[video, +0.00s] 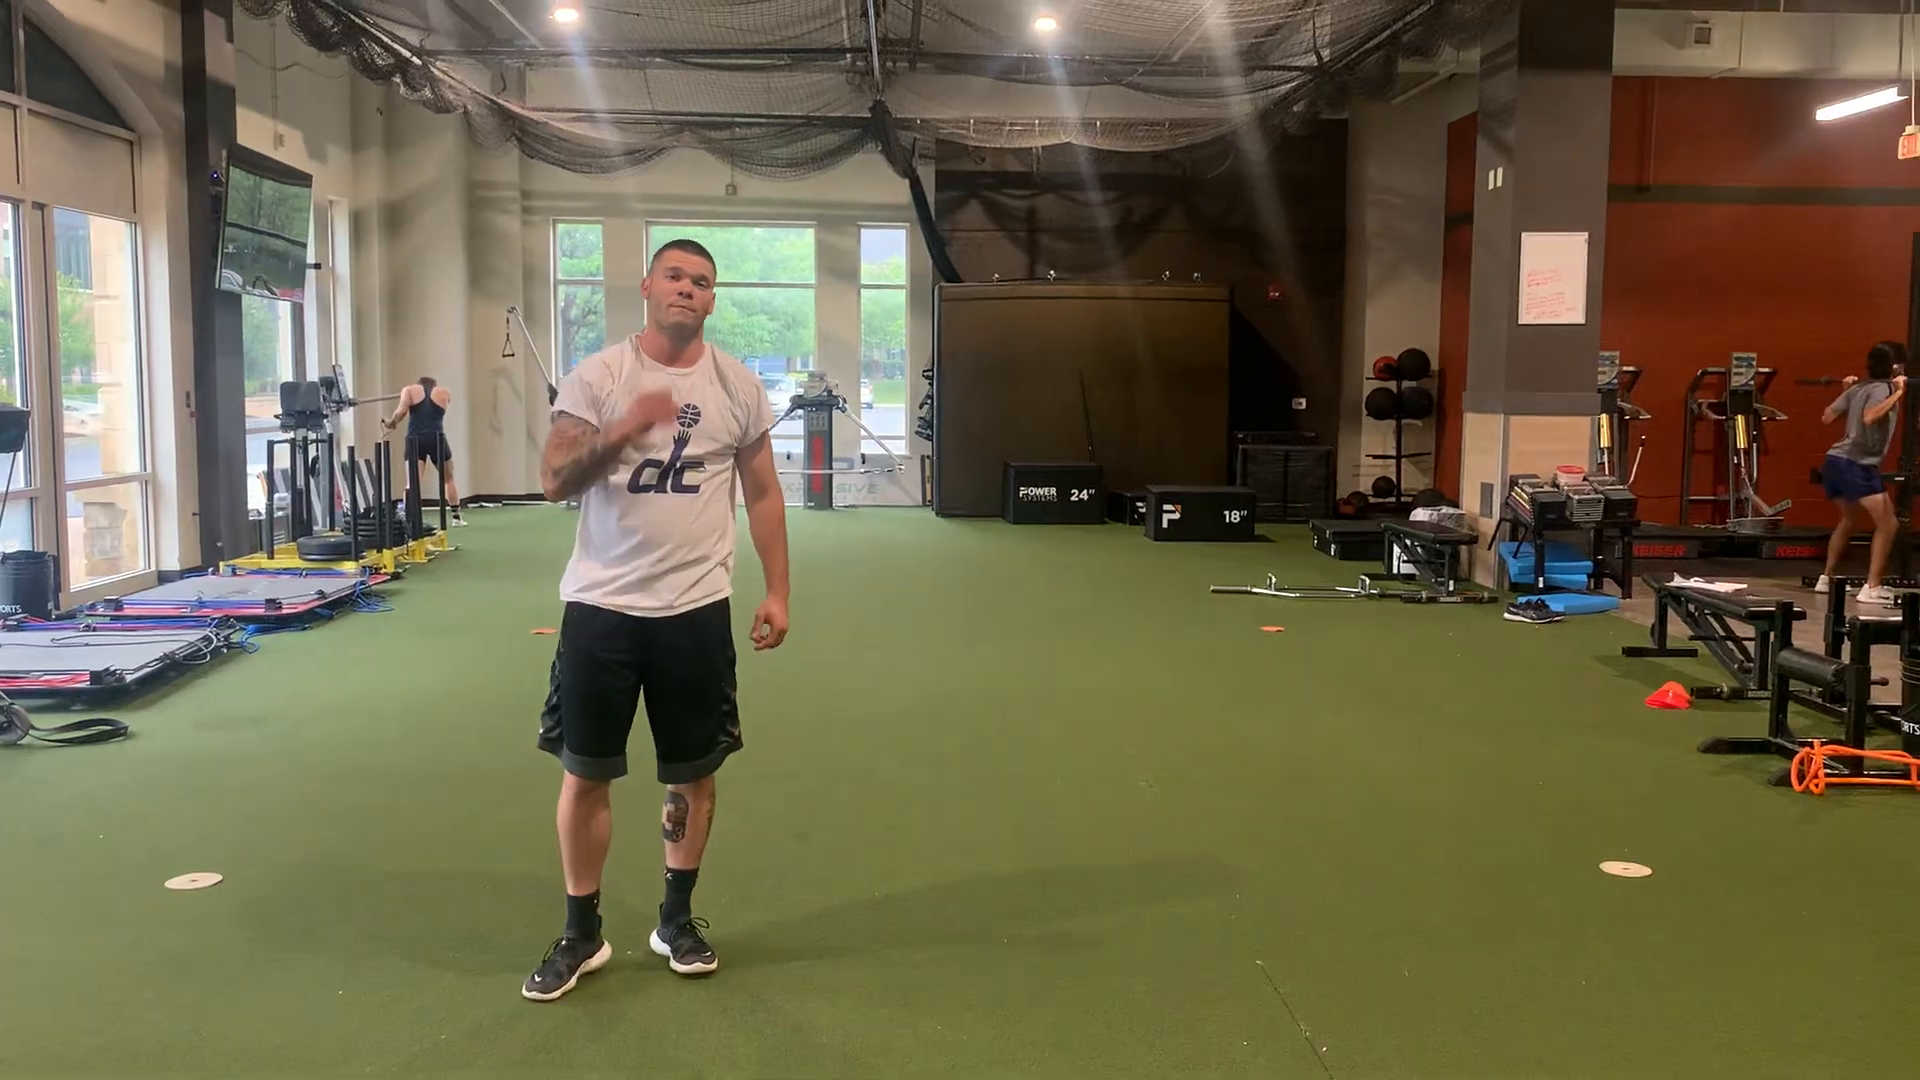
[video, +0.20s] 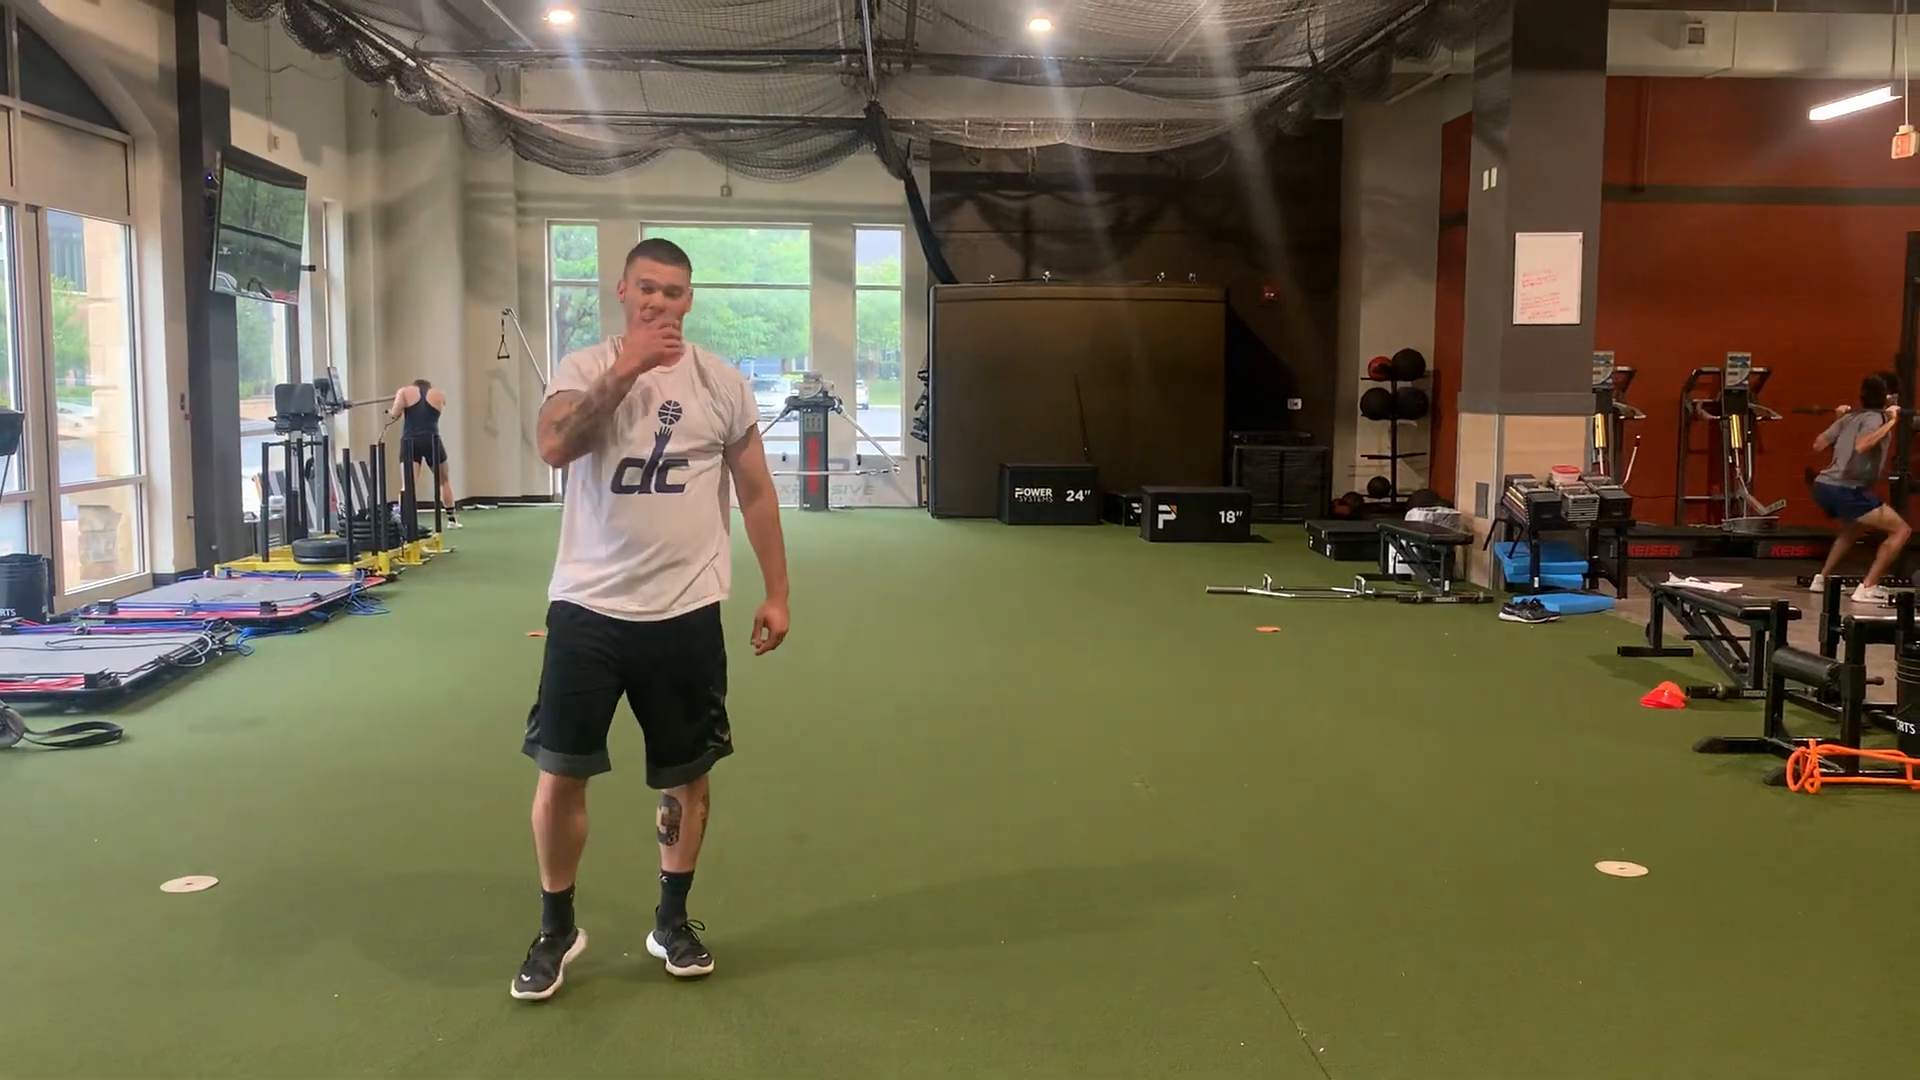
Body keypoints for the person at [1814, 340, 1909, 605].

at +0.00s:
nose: (1903, 371)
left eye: (1904, 368)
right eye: (1902, 367)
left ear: (1872, 366)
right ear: (1893, 368)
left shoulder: (1856, 390)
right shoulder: (1882, 390)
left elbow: (1827, 417)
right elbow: (1869, 417)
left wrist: (1846, 389)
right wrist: (1898, 393)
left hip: (1834, 462)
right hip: (1857, 467)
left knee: (1848, 519)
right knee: (1888, 524)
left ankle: (1826, 577)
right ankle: (1872, 587)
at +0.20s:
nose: (1896, 399)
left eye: (1896, 396)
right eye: (1894, 395)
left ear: (1864, 396)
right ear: (1886, 398)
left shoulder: (1849, 418)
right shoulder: (1875, 419)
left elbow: (1818, 445)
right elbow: (1861, 446)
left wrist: (1838, 419)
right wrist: (1891, 422)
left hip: (1823, 486)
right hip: (1848, 492)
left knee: (1852, 529)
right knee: (1901, 530)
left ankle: (1822, 578)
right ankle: (1868, 587)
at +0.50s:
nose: (1893, 431)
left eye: (1893, 426)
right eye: (1892, 427)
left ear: (1863, 427)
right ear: (1884, 430)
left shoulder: (1846, 448)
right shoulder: (1873, 450)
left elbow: (1814, 475)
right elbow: (1856, 477)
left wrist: (1835, 450)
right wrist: (1887, 454)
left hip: (1817, 515)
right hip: (1841, 518)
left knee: (1855, 536)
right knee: (1907, 535)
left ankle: (1822, 577)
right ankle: (1867, 586)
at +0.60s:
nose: (1896, 434)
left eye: (1895, 430)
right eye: (1894, 430)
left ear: (1864, 431)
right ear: (1885, 434)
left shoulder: (1847, 452)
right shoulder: (1873, 454)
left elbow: (1815, 480)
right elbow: (1856, 482)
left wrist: (1836, 454)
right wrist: (1888, 459)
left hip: (1816, 518)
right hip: (1842, 522)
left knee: (1859, 533)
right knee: (1908, 534)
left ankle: (1823, 577)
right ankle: (1868, 586)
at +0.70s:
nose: (1896, 433)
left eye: (1896, 428)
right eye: (1894, 428)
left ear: (1865, 429)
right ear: (1886, 432)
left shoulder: (1848, 451)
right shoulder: (1875, 453)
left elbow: (1816, 478)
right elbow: (1858, 481)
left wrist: (1838, 453)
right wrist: (1889, 458)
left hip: (1818, 516)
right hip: (1843, 520)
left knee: (1859, 534)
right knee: (1909, 534)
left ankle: (1825, 576)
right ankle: (1870, 586)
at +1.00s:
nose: (1904, 401)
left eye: (1904, 397)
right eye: (1903, 396)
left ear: (1874, 395)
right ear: (1894, 398)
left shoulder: (1857, 418)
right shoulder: (1883, 419)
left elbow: (1825, 444)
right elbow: (1868, 446)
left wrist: (1846, 419)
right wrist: (1898, 425)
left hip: (1830, 485)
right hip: (1852, 490)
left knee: (1862, 526)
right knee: (1910, 526)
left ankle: (1832, 576)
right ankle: (1879, 584)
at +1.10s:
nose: (1907, 386)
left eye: (1907, 381)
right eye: (1906, 381)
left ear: (1877, 380)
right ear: (1897, 381)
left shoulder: (1861, 402)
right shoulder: (1888, 404)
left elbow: (1830, 429)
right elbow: (1872, 431)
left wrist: (1850, 403)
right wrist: (1901, 408)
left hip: (1835, 471)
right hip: (1857, 475)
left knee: (1863, 520)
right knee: (1908, 522)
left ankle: (1835, 574)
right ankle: (1882, 582)